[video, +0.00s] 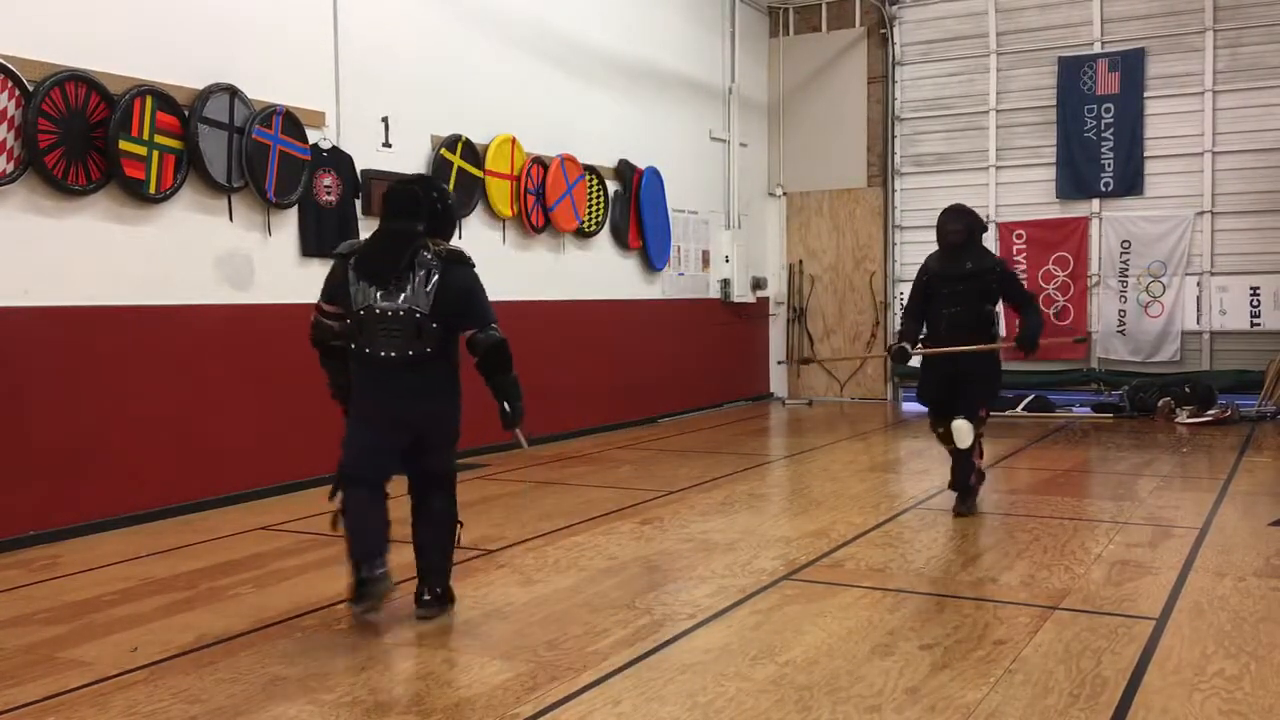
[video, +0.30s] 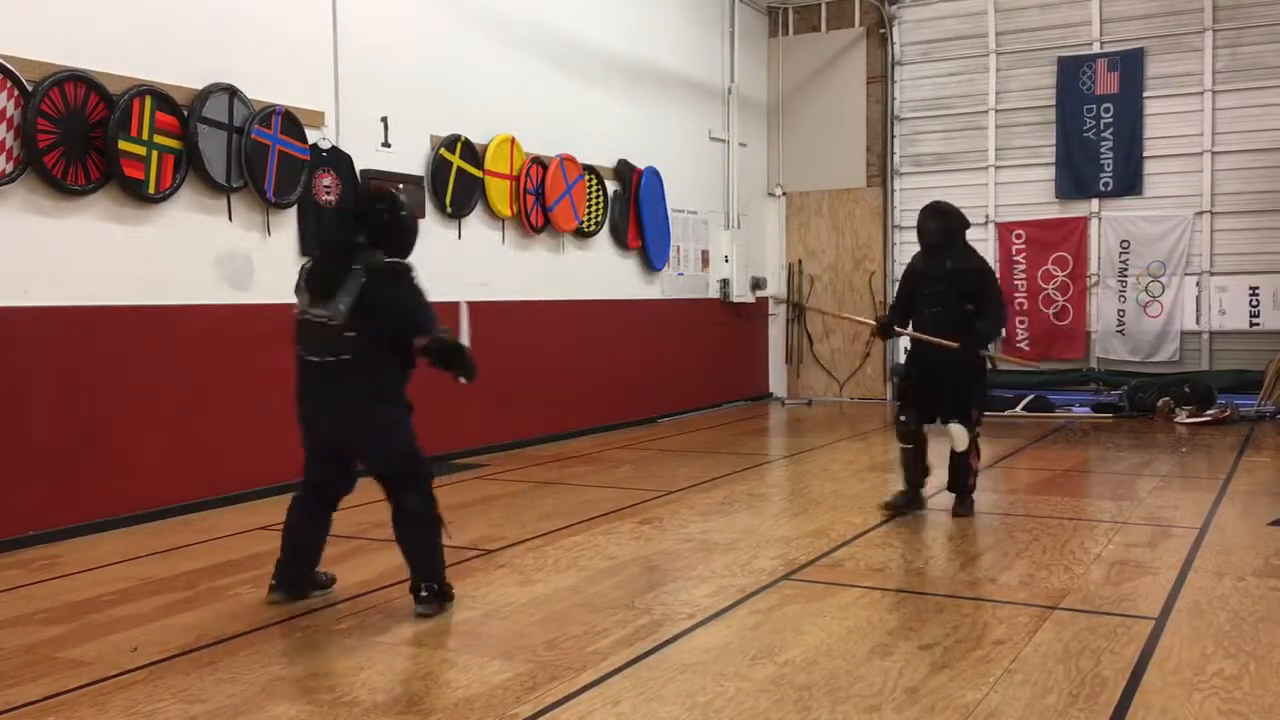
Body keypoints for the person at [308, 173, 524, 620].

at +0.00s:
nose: (450, 223)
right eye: (444, 216)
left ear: (388, 215)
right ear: (436, 218)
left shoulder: (352, 261)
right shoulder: (452, 268)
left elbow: (326, 330)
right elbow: (486, 341)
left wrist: (344, 385)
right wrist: (508, 396)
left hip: (374, 398)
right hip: (434, 399)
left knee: (361, 481)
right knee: (433, 486)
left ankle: (370, 569)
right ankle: (433, 587)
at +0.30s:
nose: (409, 235)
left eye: (407, 227)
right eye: (405, 227)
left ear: (354, 227)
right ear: (393, 233)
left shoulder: (317, 269)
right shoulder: (391, 280)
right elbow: (427, 338)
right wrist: (458, 359)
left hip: (320, 409)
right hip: (377, 412)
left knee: (321, 485)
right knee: (411, 489)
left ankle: (292, 575)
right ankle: (428, 584)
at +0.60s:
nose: (366, 239)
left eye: (364, 229)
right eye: (360, 230)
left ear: (313, 230)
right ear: (339, 234)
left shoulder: (321, 272)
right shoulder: (306, 283)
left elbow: (338, 331)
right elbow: (312, 356)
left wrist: (360, 361)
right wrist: (355, 391)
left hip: (286, 394)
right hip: (269, 399)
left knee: (310, 479)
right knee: (309, 481)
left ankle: (292, 577)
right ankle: (301, 586)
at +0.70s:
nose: (352, 245)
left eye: (351, 235)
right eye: (344, 235)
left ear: (307, 236)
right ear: (320, 238)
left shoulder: (315, 280)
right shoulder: (286, 286)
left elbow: (322, 336)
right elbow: (269, 357)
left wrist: (360, 348)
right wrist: (304, 398)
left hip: (282, 401)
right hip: (249, 403)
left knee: (305, 474)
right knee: (283, 483)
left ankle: (290, 572)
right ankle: (250, 592)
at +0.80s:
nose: (335, 249)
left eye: (334, 239)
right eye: (327, 238)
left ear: (291, 240)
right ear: (303, 240)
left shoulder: (296, 284)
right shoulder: (270, 286)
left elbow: (317, 345)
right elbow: (246, 359)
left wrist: (354, 320)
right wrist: (258, 419)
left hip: (265, 406)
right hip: (229, 407)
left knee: (293, 479)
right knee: (245, 496)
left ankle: (288, 574)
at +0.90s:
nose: (307, 247)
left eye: (304, 237)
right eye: (300, 238)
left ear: (260, 241)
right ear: (280, 244)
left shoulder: (268, 282)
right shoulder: (261, 286)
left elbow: (306, 342)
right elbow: (232, 354)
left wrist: (322, 299)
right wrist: (238, 415)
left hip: (250, 411)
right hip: (215, 412)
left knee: (285, 479)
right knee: (208, 509)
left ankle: (288, 575)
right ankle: (123, 601)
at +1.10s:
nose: (262, 249)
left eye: (261, 240)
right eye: (256, 241)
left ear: (204, 242)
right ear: (236, 245)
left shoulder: (182, 280)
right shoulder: (223, 291)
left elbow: (198, 349)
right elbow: (240, 365)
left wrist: (256, 335)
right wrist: (268, 420)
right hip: (182, 422)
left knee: (244, 486)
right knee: (166, 516)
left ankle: (277, 573)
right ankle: (98, 613)